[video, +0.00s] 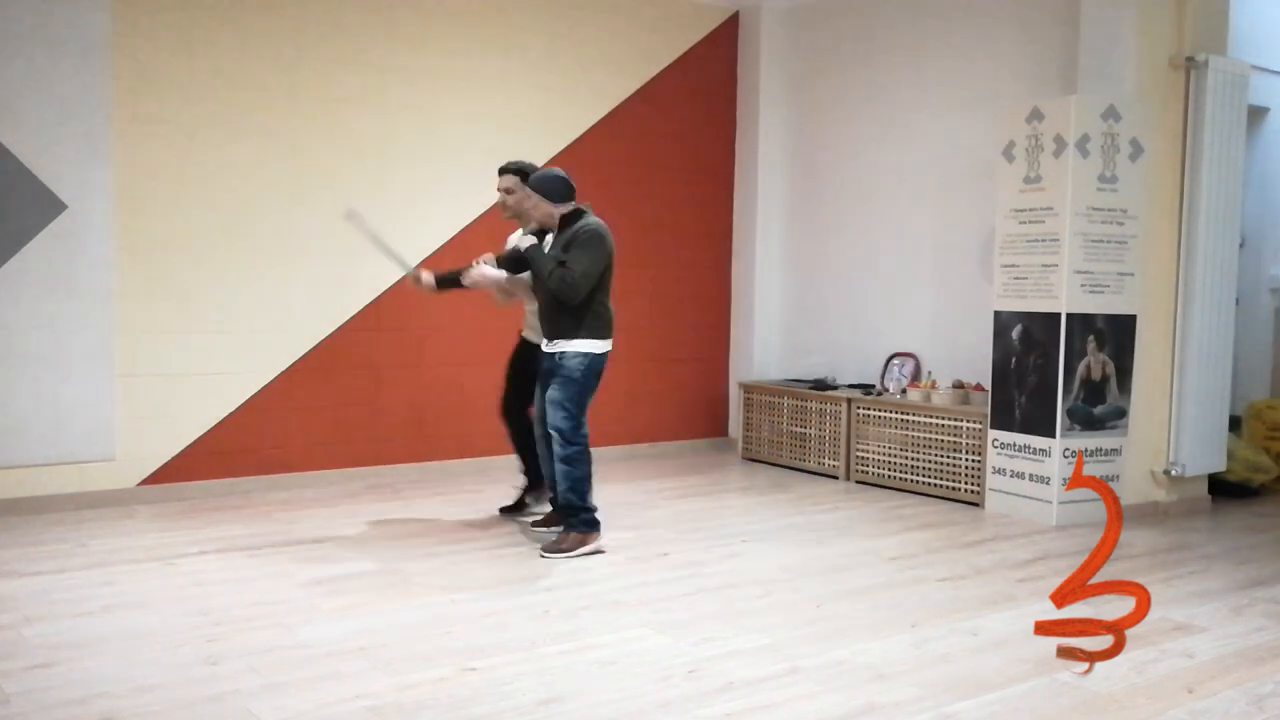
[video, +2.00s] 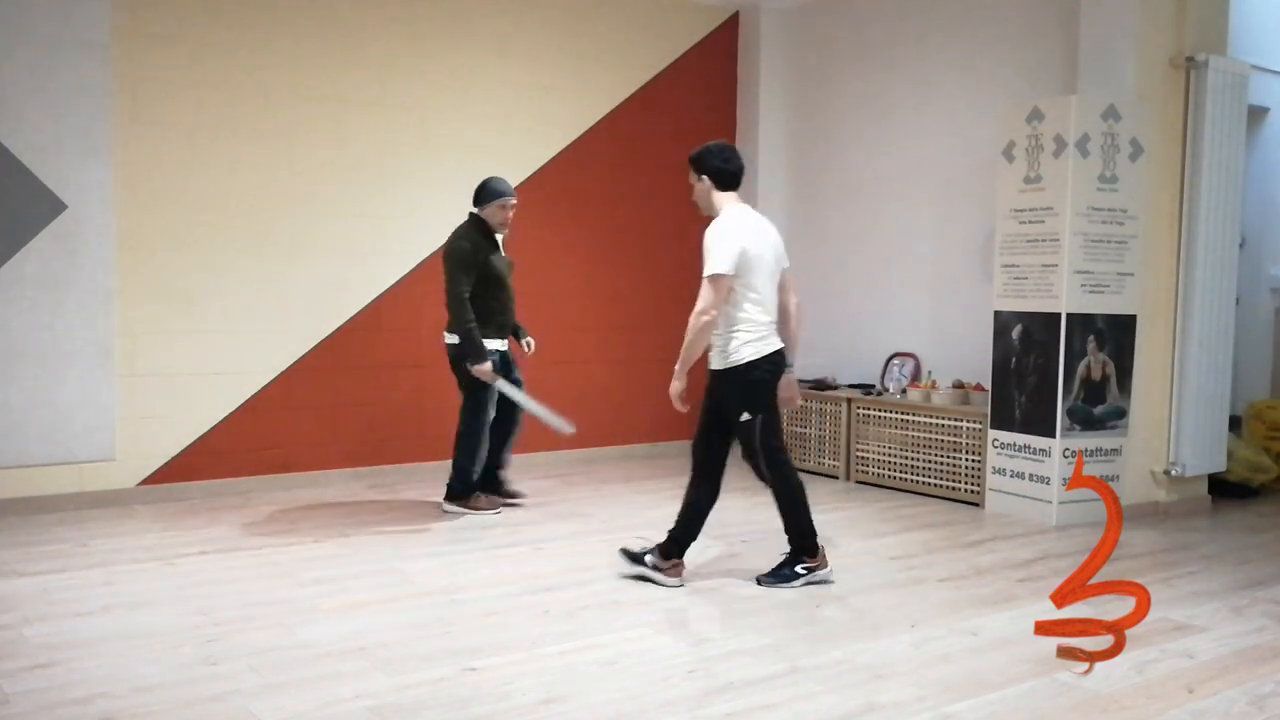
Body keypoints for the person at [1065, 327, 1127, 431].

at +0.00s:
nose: (1087, 346)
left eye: (1091, 342)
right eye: (1088, 342)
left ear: (1098, 344)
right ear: (1087, 345)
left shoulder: (1108, 364)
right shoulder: (1083, 365)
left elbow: (1114, 389)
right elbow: (1076, 391)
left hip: (1103, 406)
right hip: (1086, 406)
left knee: (1121, 411)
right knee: (1071, 410)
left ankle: (1086, 425)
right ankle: (1102, 425)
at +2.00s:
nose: (1087, 346)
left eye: (1091, 342)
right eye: (1088, 342)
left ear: (1098, 345)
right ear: (1088, 345)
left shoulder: (1108, 364)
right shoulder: (1084, 364)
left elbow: (1113, 389)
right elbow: (1076, 390)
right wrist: (1070, 408)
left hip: (1103, 406)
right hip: (1086, 406)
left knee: (1121, 411)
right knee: (1071, 410)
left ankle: (1086, 425)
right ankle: (1101, 425)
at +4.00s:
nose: (1087, 345)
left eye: (1091, 342)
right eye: (1088, 342)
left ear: (1099, 344)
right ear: (1088, 345)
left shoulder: (1108, 364)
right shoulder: (1083, 365)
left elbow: (1113, 388)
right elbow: (1076, 390)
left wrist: (1115, 406)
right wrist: (1070, 408)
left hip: (1102, 405)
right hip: (1086, 405)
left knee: (1121, 411)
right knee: (1071, 410)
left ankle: (1086, 425)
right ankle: (1101, 425)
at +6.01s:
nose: (1088, 345)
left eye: (1091, 342)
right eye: (1088, 342)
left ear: (1098, 344)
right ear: (1087, 344)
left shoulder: (1108, 364)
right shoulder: (1084, 364)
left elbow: (1114, 392)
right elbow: (1076, 391)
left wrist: (1107, 407)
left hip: (1102, 406)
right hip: (1086, 406)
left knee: (1121, 411)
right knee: (1071, 410)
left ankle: (1086, 425)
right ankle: (1099, 425)